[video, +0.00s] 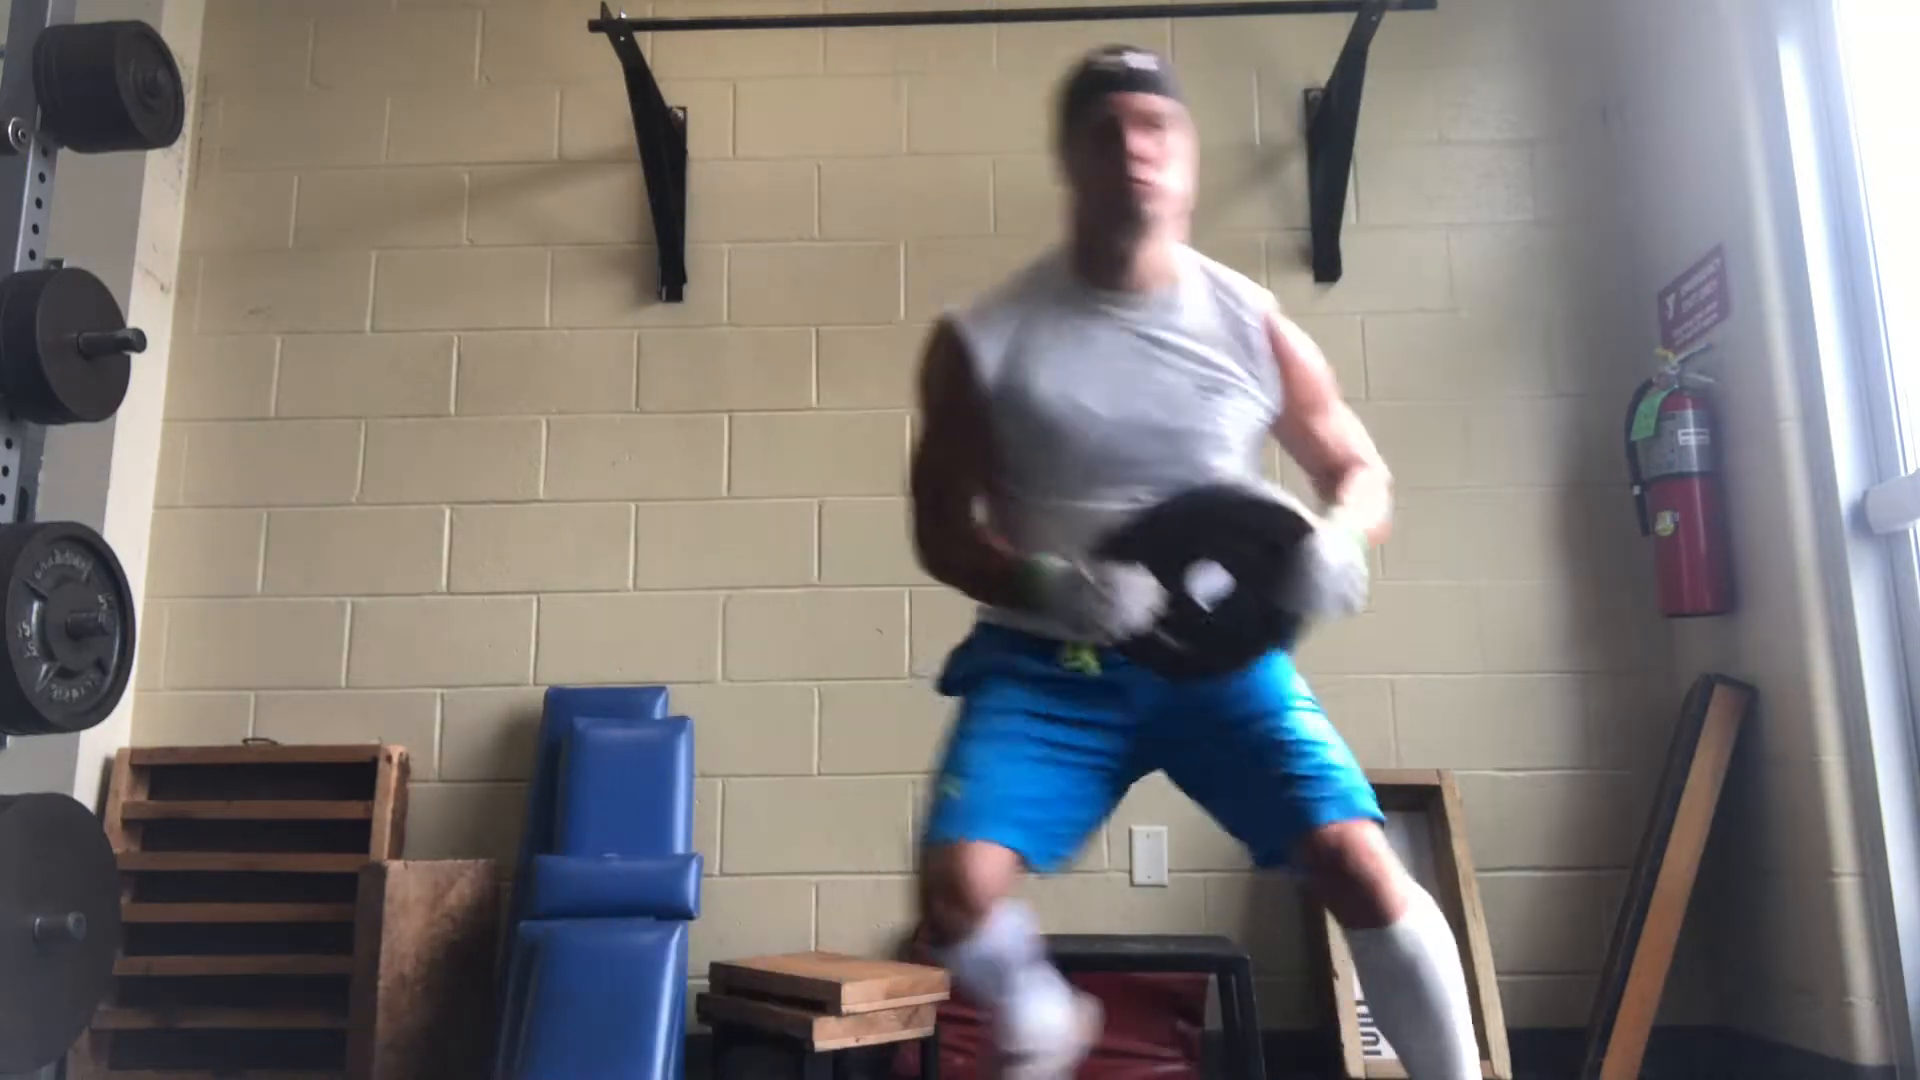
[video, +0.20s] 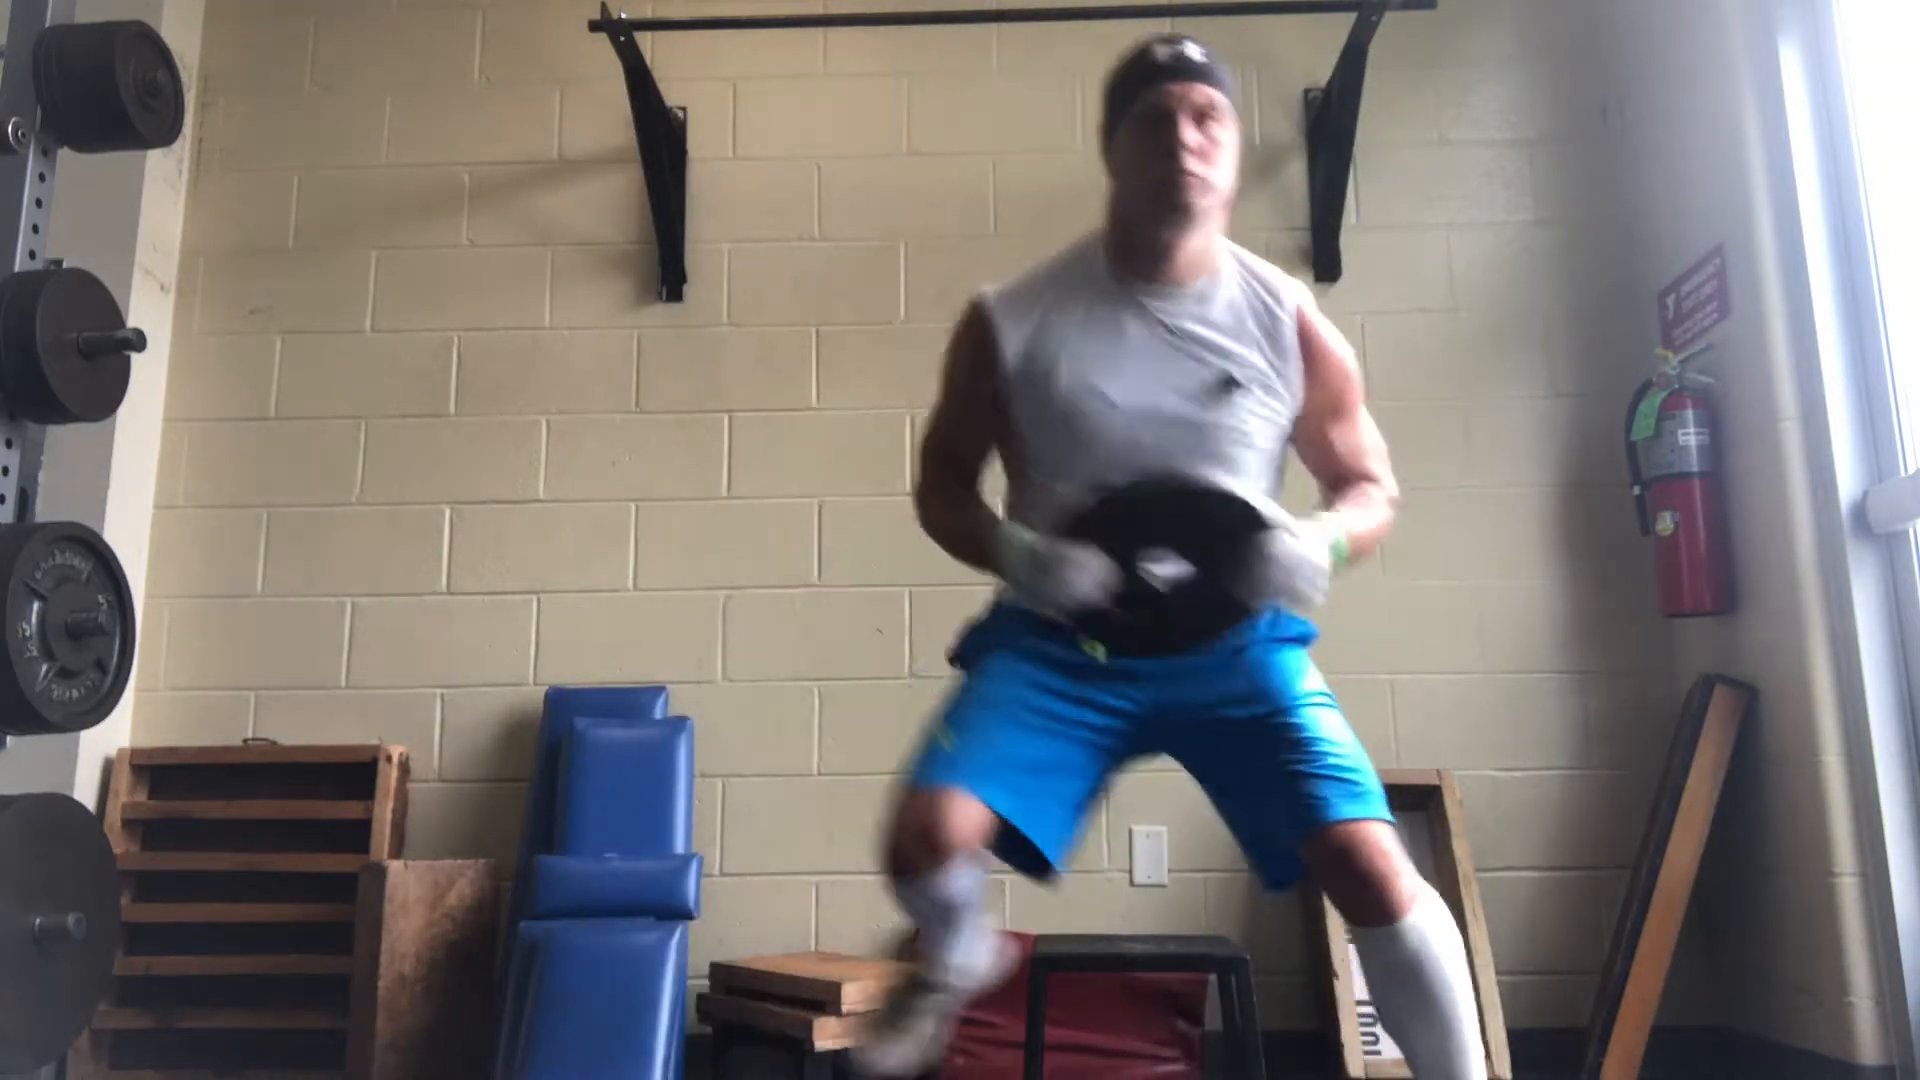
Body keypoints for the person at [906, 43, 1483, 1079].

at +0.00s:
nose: (1138, 150)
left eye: (1158, 128)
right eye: (1111, 131)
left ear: (1191, 161)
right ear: (1068, 163)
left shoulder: (1252, 328)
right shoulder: (982, 342)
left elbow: (1362, 475)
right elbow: (944, 534)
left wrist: (1340, 541)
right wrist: (1052, 587)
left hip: (1224, 664)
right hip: (1049, 669)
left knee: (1357, 863)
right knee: (958, 883)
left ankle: (1457, 1072)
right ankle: (1051, 1034)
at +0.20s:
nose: (1186, 136)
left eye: (1208, 120)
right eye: (1157, 119)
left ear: (1235, 160)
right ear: (1110, 153)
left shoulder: (1292, 328)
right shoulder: (1009, 325)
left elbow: (1372, 489)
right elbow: (942, 494)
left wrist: (1320, 541)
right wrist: (1014, 556)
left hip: (1241, 651)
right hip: (1059, 650)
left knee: (1371, 866)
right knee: (927, 834)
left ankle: (1461, 1074)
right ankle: (955, 964)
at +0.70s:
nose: (782, 155)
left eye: (805, 132)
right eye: (754, 139)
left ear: (844, 159)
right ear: (724, 179)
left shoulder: (950, 311)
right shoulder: (699, 372)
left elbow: (1099, 482)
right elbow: (691, 539)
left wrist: (965, 561)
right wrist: (702, 594)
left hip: (948, 656)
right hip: (782, 667)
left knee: (974, 890)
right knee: (648, 884)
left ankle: (975, 997)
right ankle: (578, 1078)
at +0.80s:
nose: (847, 125)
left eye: (870, 99)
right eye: (819, 106)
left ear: (911, 124)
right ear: (790, 141)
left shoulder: (1008, 275)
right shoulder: (747, 332)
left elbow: (1174, 427)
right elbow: (740, 492)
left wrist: (1054, 504)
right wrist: (807, 528)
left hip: (1013, 626)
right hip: (833, 643)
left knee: (1132, 827)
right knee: (695, 876)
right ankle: (588, 1075)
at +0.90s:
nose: (975, 77)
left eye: (996, 52)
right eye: (947, 57)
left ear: (1040, 80)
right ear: (913, 89)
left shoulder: (1128, 238)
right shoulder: (843, 275)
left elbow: (1274, 388)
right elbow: (807, 441)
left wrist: (1194, 450)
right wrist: (879, 464)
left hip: (1104, 577)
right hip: (925, 596)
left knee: (1249, 781)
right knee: (788, 844)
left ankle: (1416, 1053)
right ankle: (669, 1071)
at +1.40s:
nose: (1098, 74)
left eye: (1123, 53)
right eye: (1072, 51)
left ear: (1161, 87)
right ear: (1032, 78)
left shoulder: (1217, 248)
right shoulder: (941, 259)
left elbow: (1313, 429)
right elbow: (877, 422)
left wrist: (1208, 459)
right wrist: (936, 450)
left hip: (1161, 602)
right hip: (978, 580)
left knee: (1283, 848)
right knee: (813, 745)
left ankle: (1445, 1074)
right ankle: (751, 992)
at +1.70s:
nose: (811, 169)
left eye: (834, 146)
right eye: (784, 150)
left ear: (873, 171)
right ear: (751, 185)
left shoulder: (970, 324)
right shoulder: (710, 373)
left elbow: (1098, 482)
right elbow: (702, 515)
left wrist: (987, 566)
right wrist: (716, 596)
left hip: (948, 659)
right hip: (791, 667)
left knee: (922, 893)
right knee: (675, 892)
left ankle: (855, 1014)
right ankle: (611, 1079)